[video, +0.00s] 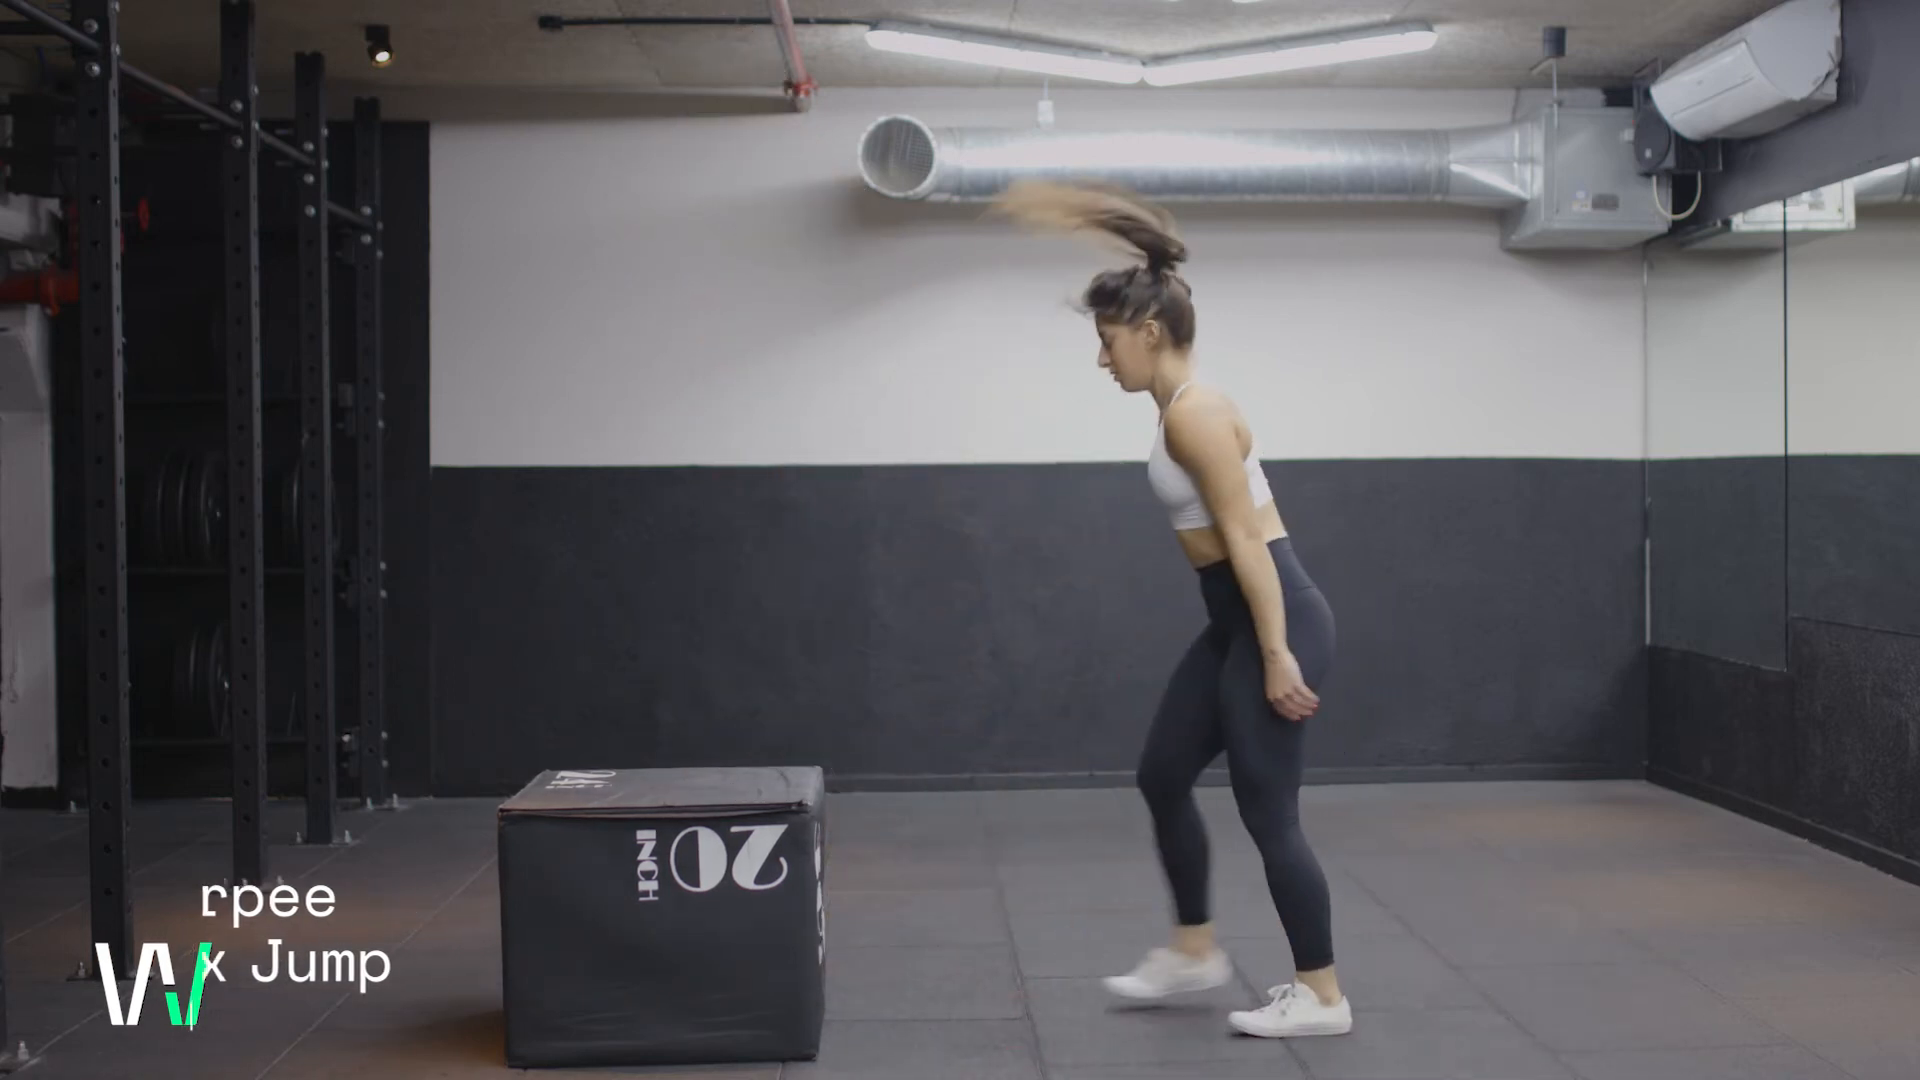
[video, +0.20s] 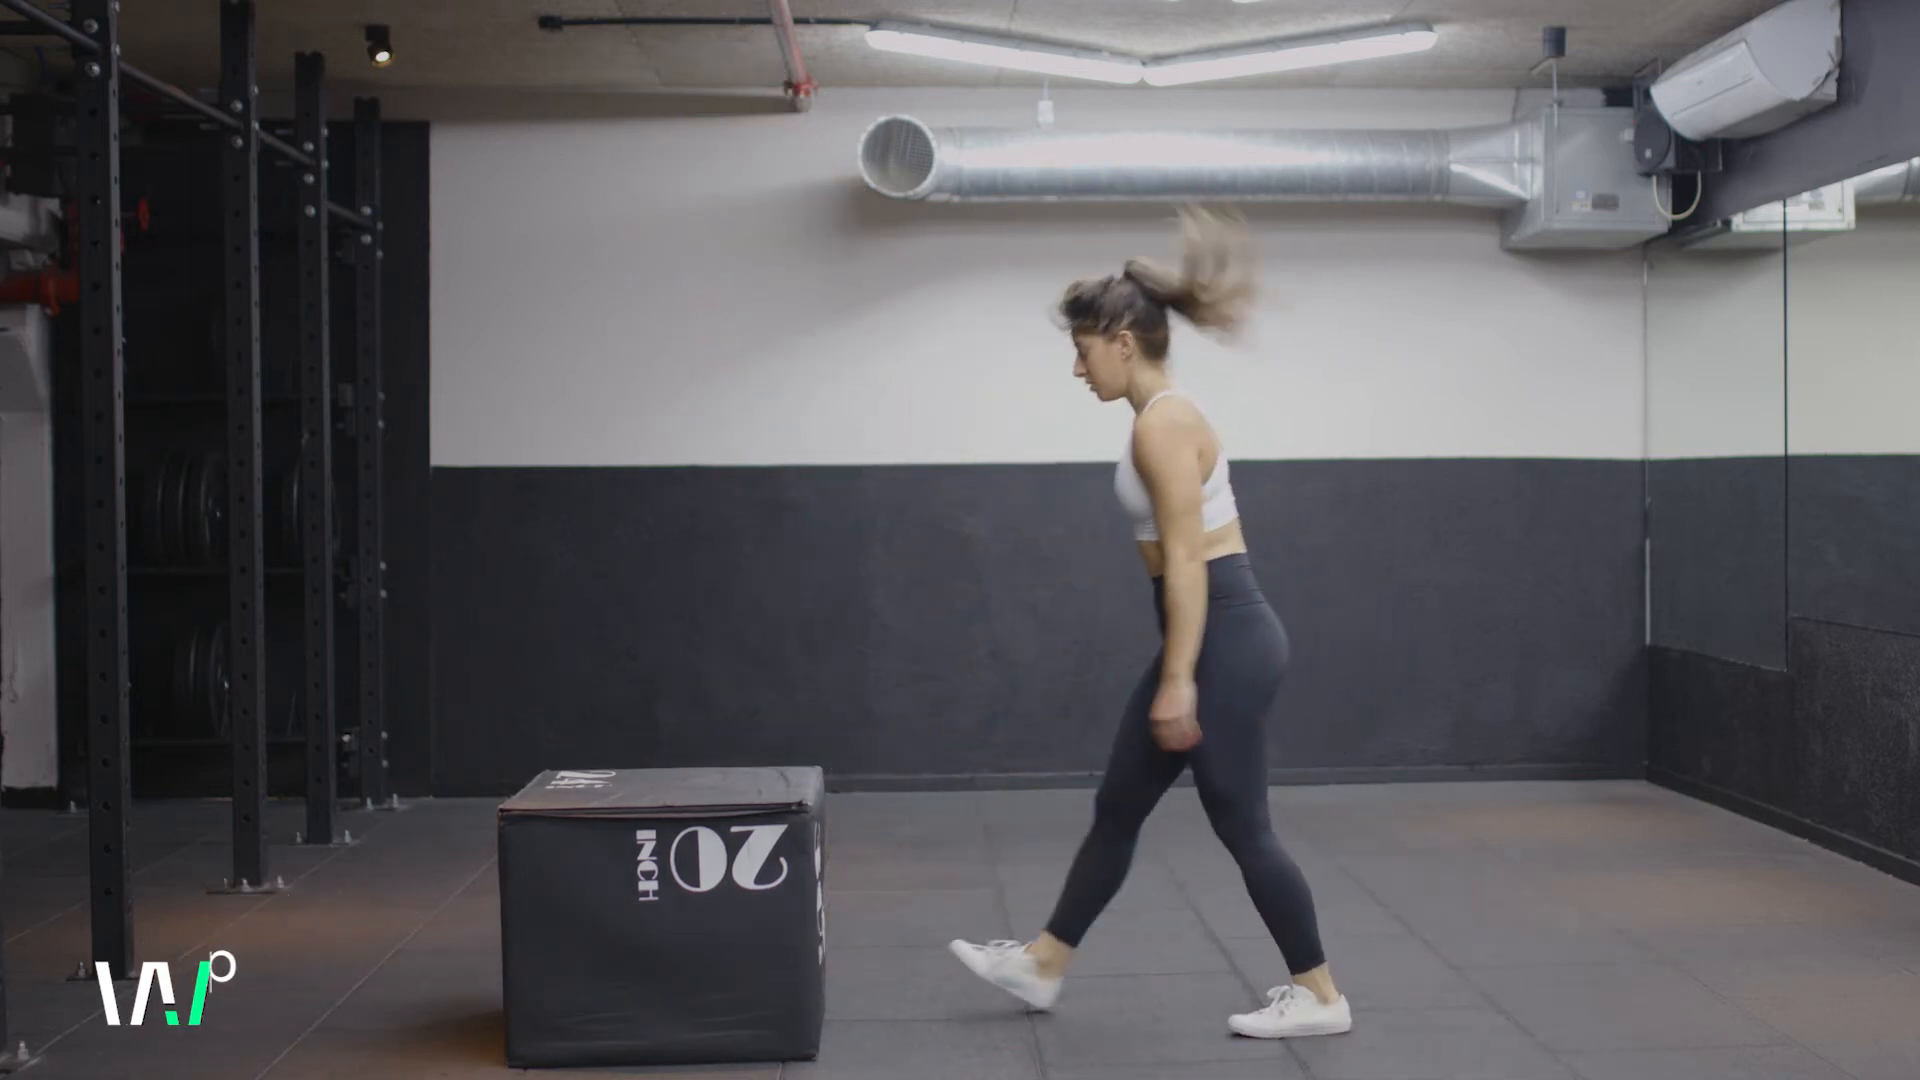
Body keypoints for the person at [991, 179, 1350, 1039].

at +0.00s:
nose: (1103, 355)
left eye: (1109, 339)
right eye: (1101, 340)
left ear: (1153, 333)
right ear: (1148, 333)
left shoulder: (1196, 417)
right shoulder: (1185, 412)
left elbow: (1248, 536)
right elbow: (1242, 532)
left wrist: (1275, 654)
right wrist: (1256, 643)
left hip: (1272, 623)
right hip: (1235, 621)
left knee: (1269, 814)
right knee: (1164, 775)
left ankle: (1323, 994)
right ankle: (1193, 950)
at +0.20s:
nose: (1079, 368)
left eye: (1084, 351)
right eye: (1077, 352)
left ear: (1125, 342)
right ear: (1123, 343)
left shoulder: (1164, 426)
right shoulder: (1165, 417)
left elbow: (1186, 558)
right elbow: (1187, 552)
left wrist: (1178, 678)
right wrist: (1184, 663)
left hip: (1226, 638)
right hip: (1197, 632)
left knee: (1241, 821)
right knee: (1120, 807)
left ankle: (1320, 994)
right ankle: (1044, 961)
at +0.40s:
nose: (996, 367)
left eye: (1004, 349)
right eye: (994, 351)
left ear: (1047, 345)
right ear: (1043, 345)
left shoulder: (1078, 418)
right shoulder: (1092, 412)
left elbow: (1132, 526)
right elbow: (1159, 497)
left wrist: (1109, 647)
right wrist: (1141, 593)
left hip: (1149, 635)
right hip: (1118, 634)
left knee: (1175, 818)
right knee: (1069, 809)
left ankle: (1297, 967)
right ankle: (1025, 972)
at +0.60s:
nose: (900, 374)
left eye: (906, 356)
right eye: (898, 359)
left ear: (949, 347)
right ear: (945, 350)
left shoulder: (996, 405)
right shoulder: (986, 411)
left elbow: (1107, 438)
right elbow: (1094, 453)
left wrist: (1131, 550)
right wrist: (1109, 548)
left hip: (1090, 618)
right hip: (1067, 620)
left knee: (1045, 797)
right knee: (1045, 799)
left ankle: (1158, 944)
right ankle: (1023, 971)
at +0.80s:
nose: (830, 416)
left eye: (835, 398)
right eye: (828, 401)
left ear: (874, 390)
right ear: (873, 390)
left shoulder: (931, 452)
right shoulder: (918, 454)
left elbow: (1043, 517)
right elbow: (1032, 514)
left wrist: (1031, 637)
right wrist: (1004, 633)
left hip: (1048, 643)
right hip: (1029, 640)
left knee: (966, 810)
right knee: (963, 807)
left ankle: (1010, 995)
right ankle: (1011, 977)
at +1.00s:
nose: (837, 380)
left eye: (846, 365)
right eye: (837, 366)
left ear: (888, 361)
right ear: (881, 365)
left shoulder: (912, 440)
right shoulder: (902, 438)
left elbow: (796, 513)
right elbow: (806, 502)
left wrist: (729, 436)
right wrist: (740, 449)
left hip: (987, 655)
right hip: (978, 650)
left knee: (907, 826)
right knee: (919, 823)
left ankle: (999, 992)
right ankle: (1010, 974)